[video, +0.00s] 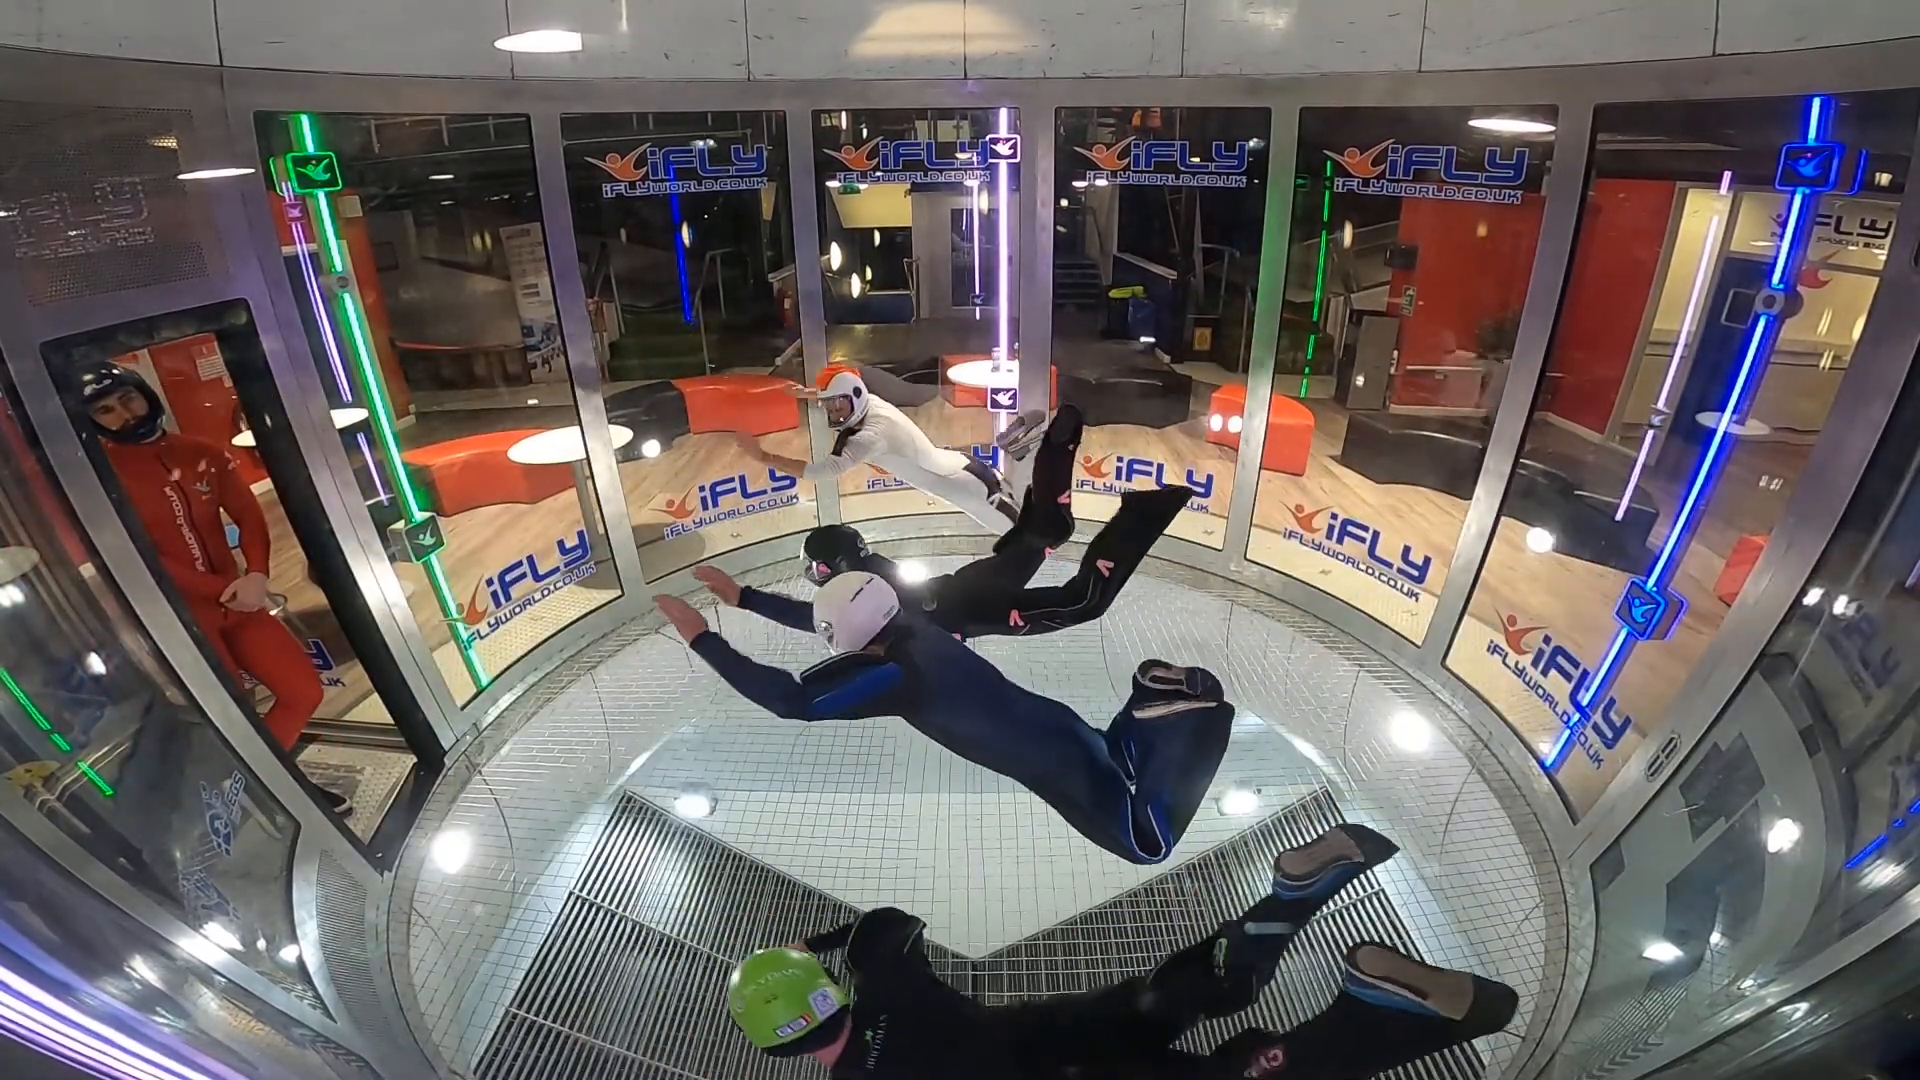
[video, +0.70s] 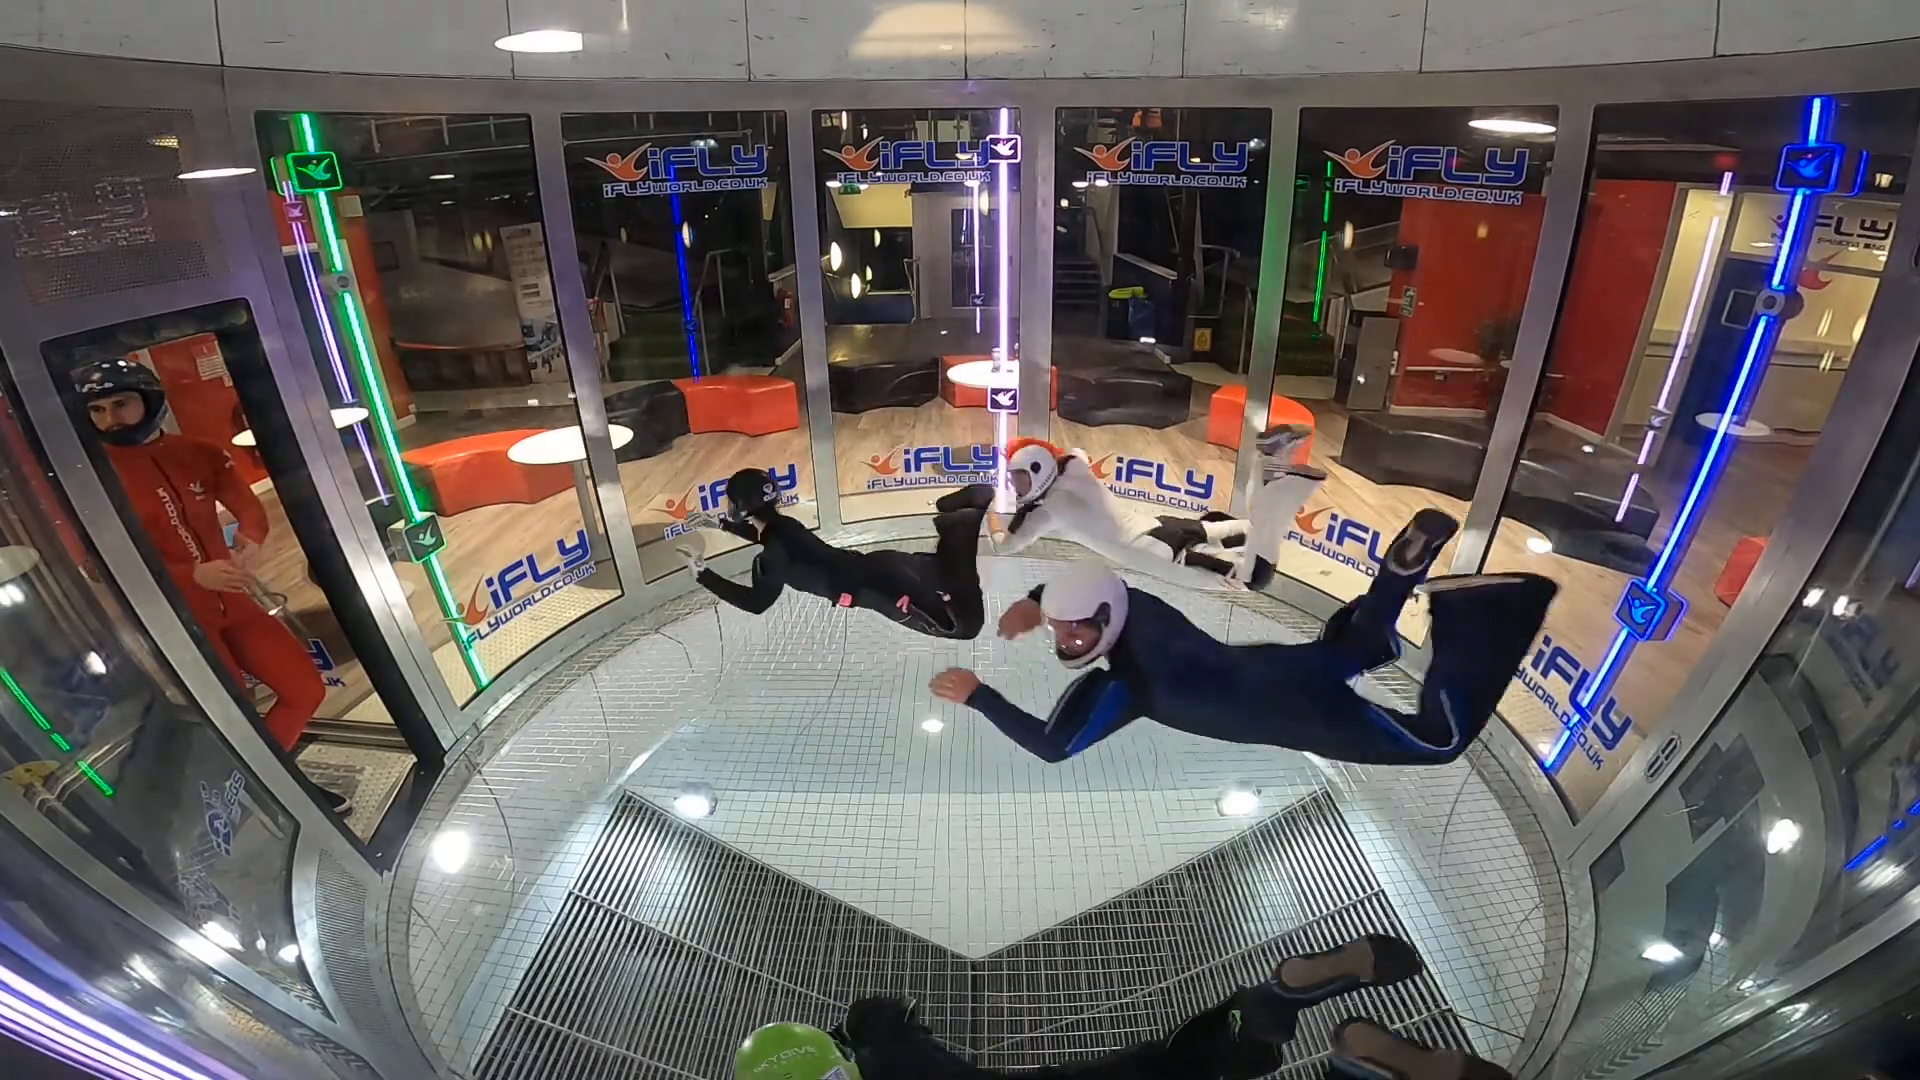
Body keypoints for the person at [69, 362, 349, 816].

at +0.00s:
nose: (126, 415)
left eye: (127, 398)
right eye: (106, 412)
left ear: (145, 394)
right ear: (91, 425)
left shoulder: (201, 454)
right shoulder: (100, 480)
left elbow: (250, 516)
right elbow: (137, 566)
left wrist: (256, 574)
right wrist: (224, 590)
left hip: (237, 603)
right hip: (184, 621)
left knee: (304, 691)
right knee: (237, 716)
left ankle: (245, 782)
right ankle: (294, 791)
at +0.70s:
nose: (112, 420)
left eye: (122, 404)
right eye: (98, 410)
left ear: (146, 402)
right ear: (85, 415)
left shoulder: (192, 455)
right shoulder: (93, 476)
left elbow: (252, 511)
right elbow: (111, 566)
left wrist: (250, 543)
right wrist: (192, 573)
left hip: (234, 603)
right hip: (181, 621)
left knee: (306, 689)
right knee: (238, 712)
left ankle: (242, 783)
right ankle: (292, 791)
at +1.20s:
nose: (117, 423)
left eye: (131, 409)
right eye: (105, 410)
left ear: (158, 411)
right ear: (92, 413)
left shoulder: (182, 450)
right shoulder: (91, 471)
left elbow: (237, 492)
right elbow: (85, 550)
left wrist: (183, 478)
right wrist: (142, 505)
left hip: (230, 608)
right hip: (179, 630)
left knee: (303, 687)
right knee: (239, 716)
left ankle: (247, 779)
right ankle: (294, 791)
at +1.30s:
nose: (118, 423)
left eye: (132, 410)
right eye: (106, 411)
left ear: (158, 412)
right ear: (92, 413)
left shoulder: (182, 451)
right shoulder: (87, 471)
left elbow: (237, 493)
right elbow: (81, 550)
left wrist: (182, 483)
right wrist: (139, 507)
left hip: (228, 608)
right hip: (175, 631)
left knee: (302, 688)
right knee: (236, 717)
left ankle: (247, 779)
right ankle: (293, 792)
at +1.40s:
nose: (118, 425)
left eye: (132, 412)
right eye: (106, 412)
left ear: (157, 413)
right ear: (91, 415)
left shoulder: (184, 453)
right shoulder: (85, 474)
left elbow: (242, 496)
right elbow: (72, 544)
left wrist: (193, 493)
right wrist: (110, 495)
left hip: (225, 608)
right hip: (173, 631)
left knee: (302, 688)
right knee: (236, 714)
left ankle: (242, 781)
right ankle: (293, 791)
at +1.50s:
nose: (117, 425)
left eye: (132, 412)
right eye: (106, 413)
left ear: (158, 412)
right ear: (92, 414)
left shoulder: (186, 455)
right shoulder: (90, 470)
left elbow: (242, 500)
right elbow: (71, 542)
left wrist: (204, 509)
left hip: (224, 607)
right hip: (172, 630)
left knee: (301, 687)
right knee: (237, 712)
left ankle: (245, 781)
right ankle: (293, 791)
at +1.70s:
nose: (116, 426)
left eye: (129, 413)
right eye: (104, 414)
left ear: (155, 412)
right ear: (90, 414)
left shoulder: (190, 455)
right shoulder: (84, 474)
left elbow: (241, 504)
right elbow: (67, 541)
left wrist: (231, 538)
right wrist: (114, 503)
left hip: (224, 605)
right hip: (168, 627)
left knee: (302, 688)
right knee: (232, 715)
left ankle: (244, 779)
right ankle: (294, 790)